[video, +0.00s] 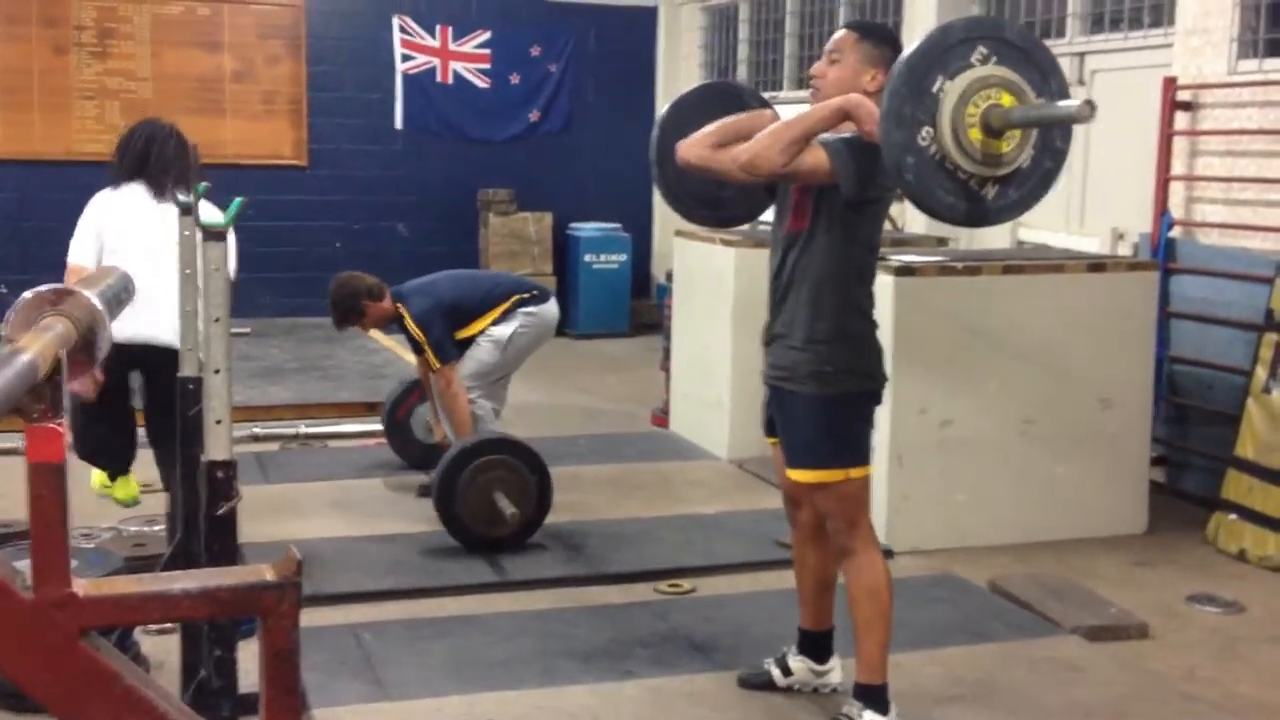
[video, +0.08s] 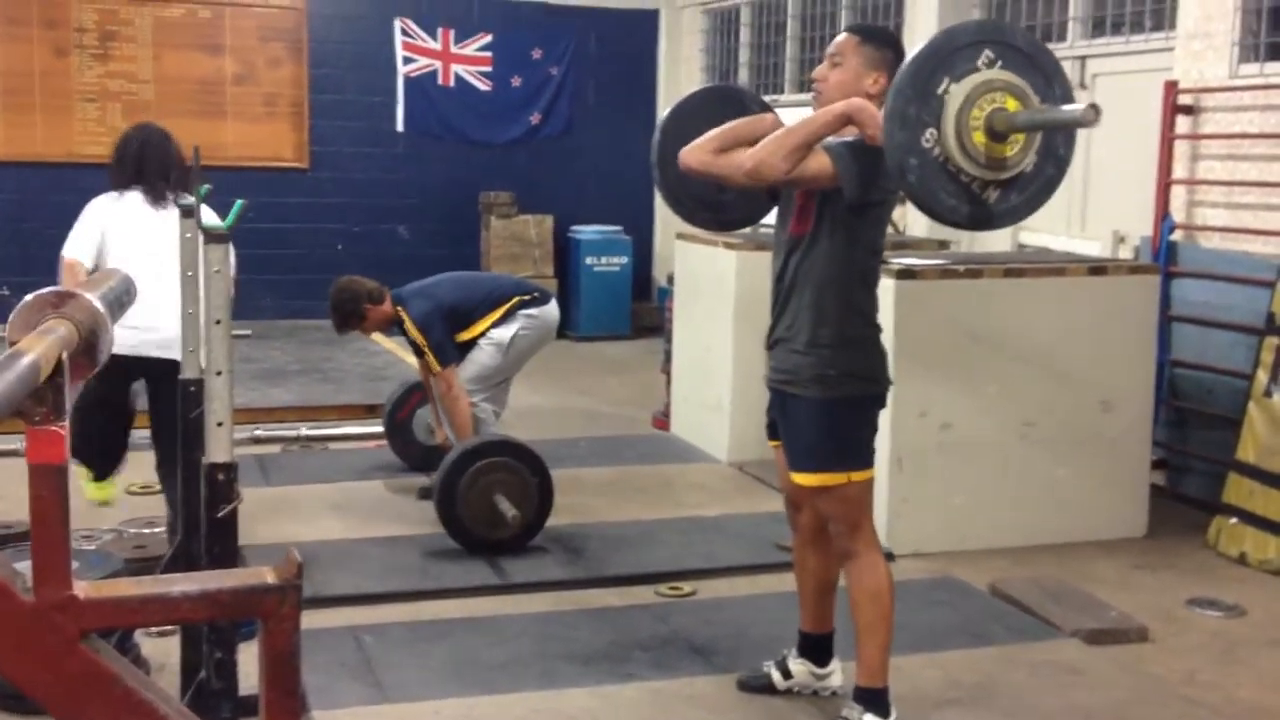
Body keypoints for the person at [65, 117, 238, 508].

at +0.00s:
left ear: (128, 156)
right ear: (181, 160)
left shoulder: (104, 203)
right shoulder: (205, 211)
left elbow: (77, 275)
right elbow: (225, 276)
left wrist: (73, 343)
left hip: (115, 338)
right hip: (177, 341)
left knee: (103, 389)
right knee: (175, 429)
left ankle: (116, 471)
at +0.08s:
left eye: (124, 156)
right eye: (169, 154)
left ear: (122, 163)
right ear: (174, 163)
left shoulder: (104, 207)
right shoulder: (197, 211)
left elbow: (71, 266)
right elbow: (225, 279)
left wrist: (79, 317)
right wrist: (204, 315)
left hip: (117, 341)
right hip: (180, 343)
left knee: (104, 400)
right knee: (180, 447)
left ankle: (100, 475)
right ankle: (191, 539)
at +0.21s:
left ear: (99, 153)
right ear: (152, 151)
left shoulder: (83, 198)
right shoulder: (183, 198)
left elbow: (60, 266)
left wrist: (60, 329)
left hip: (106, 332)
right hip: (168, 332)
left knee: (98, 416)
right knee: (166, 422)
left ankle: (96, 501)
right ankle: (193, 517)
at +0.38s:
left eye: (68, 157)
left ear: (72, 160)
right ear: (124, 153)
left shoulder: (59, 210)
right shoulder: (156, 201)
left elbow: (41, 289)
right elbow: (182, 267)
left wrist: (43, 340)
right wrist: (198, 317)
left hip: (84, 338)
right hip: (146, 335)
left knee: (87, 424)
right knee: (150, 407)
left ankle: (94, 509)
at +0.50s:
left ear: (72, 143)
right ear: (121, 139)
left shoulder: (58, 190)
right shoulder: (151, 185)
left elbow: (38, 266)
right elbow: (171, 254)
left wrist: (37, 320)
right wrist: (189, 308)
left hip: (80, 321)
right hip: (141, 315)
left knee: (84, 412)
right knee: (138, 386)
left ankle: (96, 506)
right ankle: (155, 437)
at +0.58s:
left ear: (71, 132)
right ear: (121, 129)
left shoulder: (55, 178)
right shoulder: (147, 176)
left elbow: (33, 248)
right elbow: (168, 237)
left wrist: (49, 283)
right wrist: (190, 293)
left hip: (78, 308)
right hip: (137, 304)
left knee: (84, 402)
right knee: (136, 376)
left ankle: (95, 504)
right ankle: (139, 454)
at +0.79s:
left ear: (75, 135)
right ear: (125, 135)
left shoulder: (61, 179)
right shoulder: (143, 181)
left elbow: (29, 224)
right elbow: (165, 240)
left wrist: (67, 224)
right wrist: (194, 291)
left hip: (74, 309)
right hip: (132, 307)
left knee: (86, 399)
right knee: (132, 384)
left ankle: (96, 501)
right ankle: (127, 455)